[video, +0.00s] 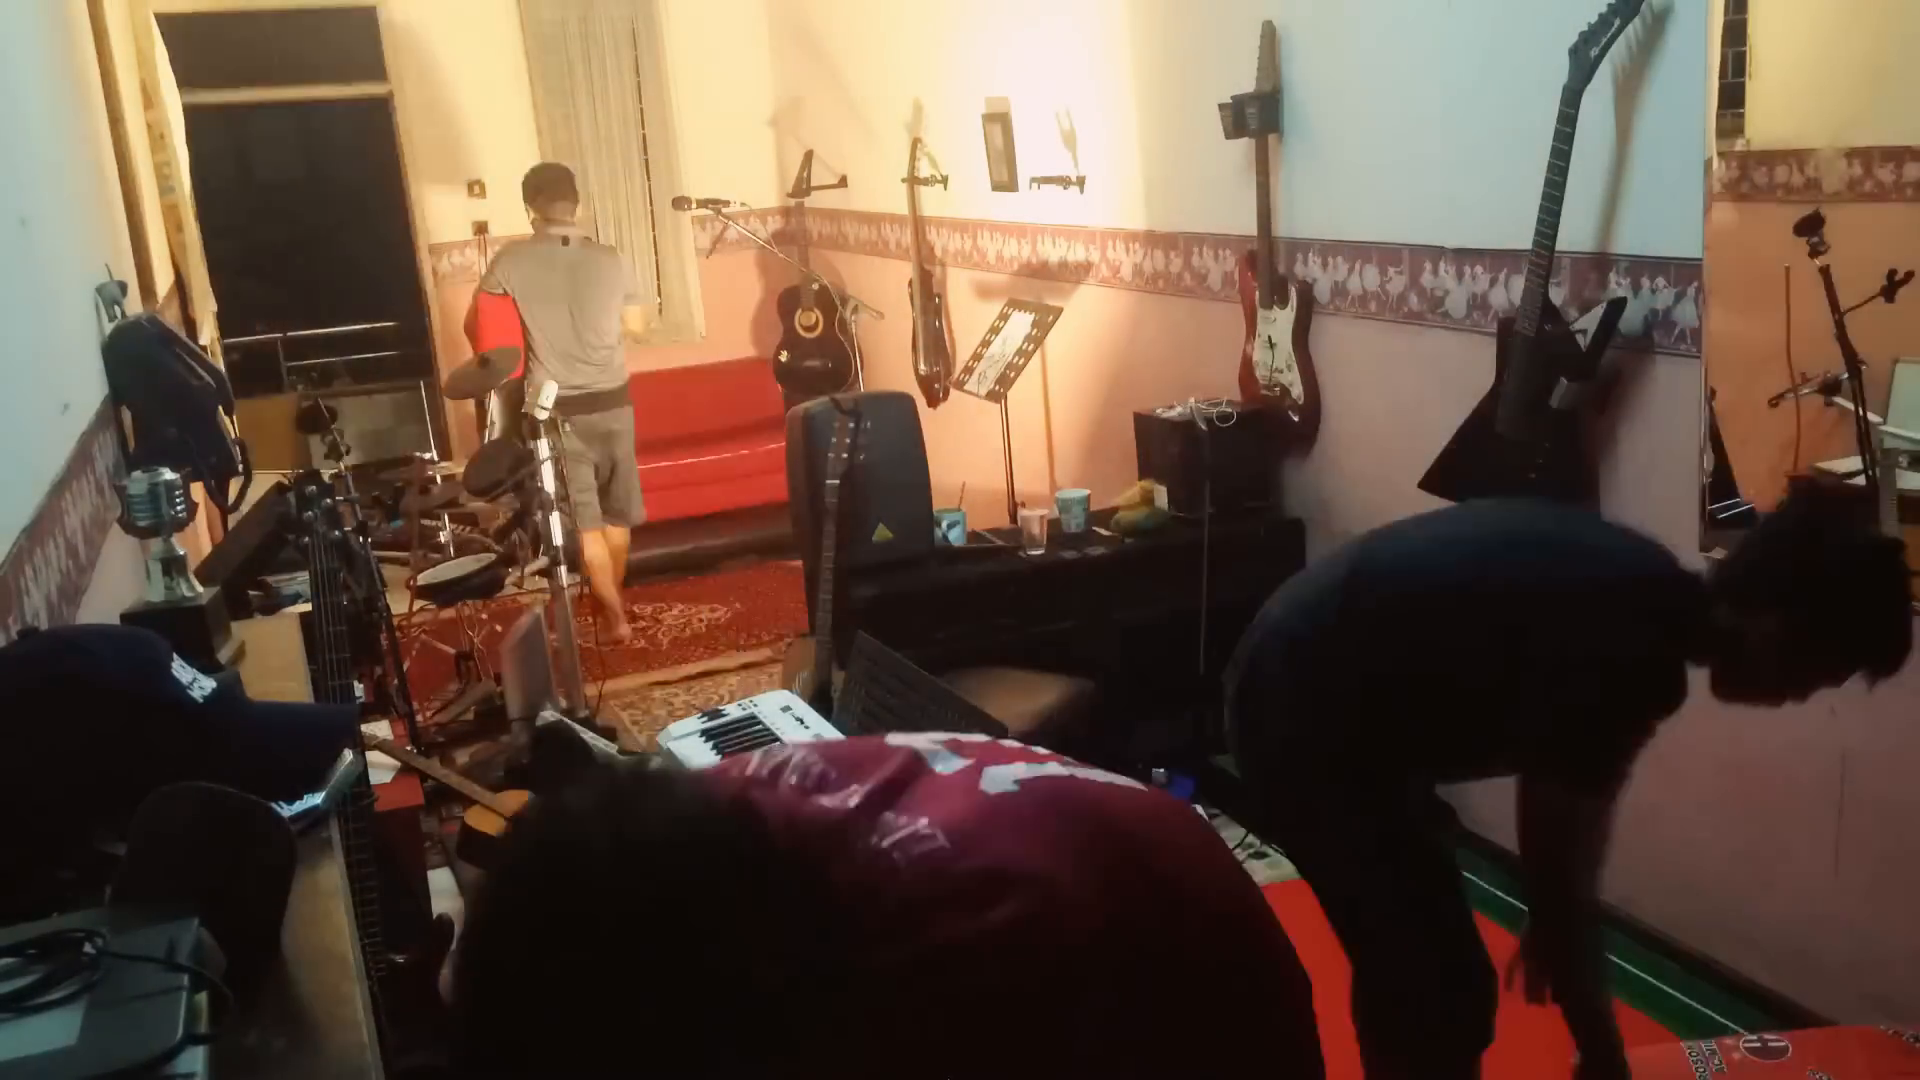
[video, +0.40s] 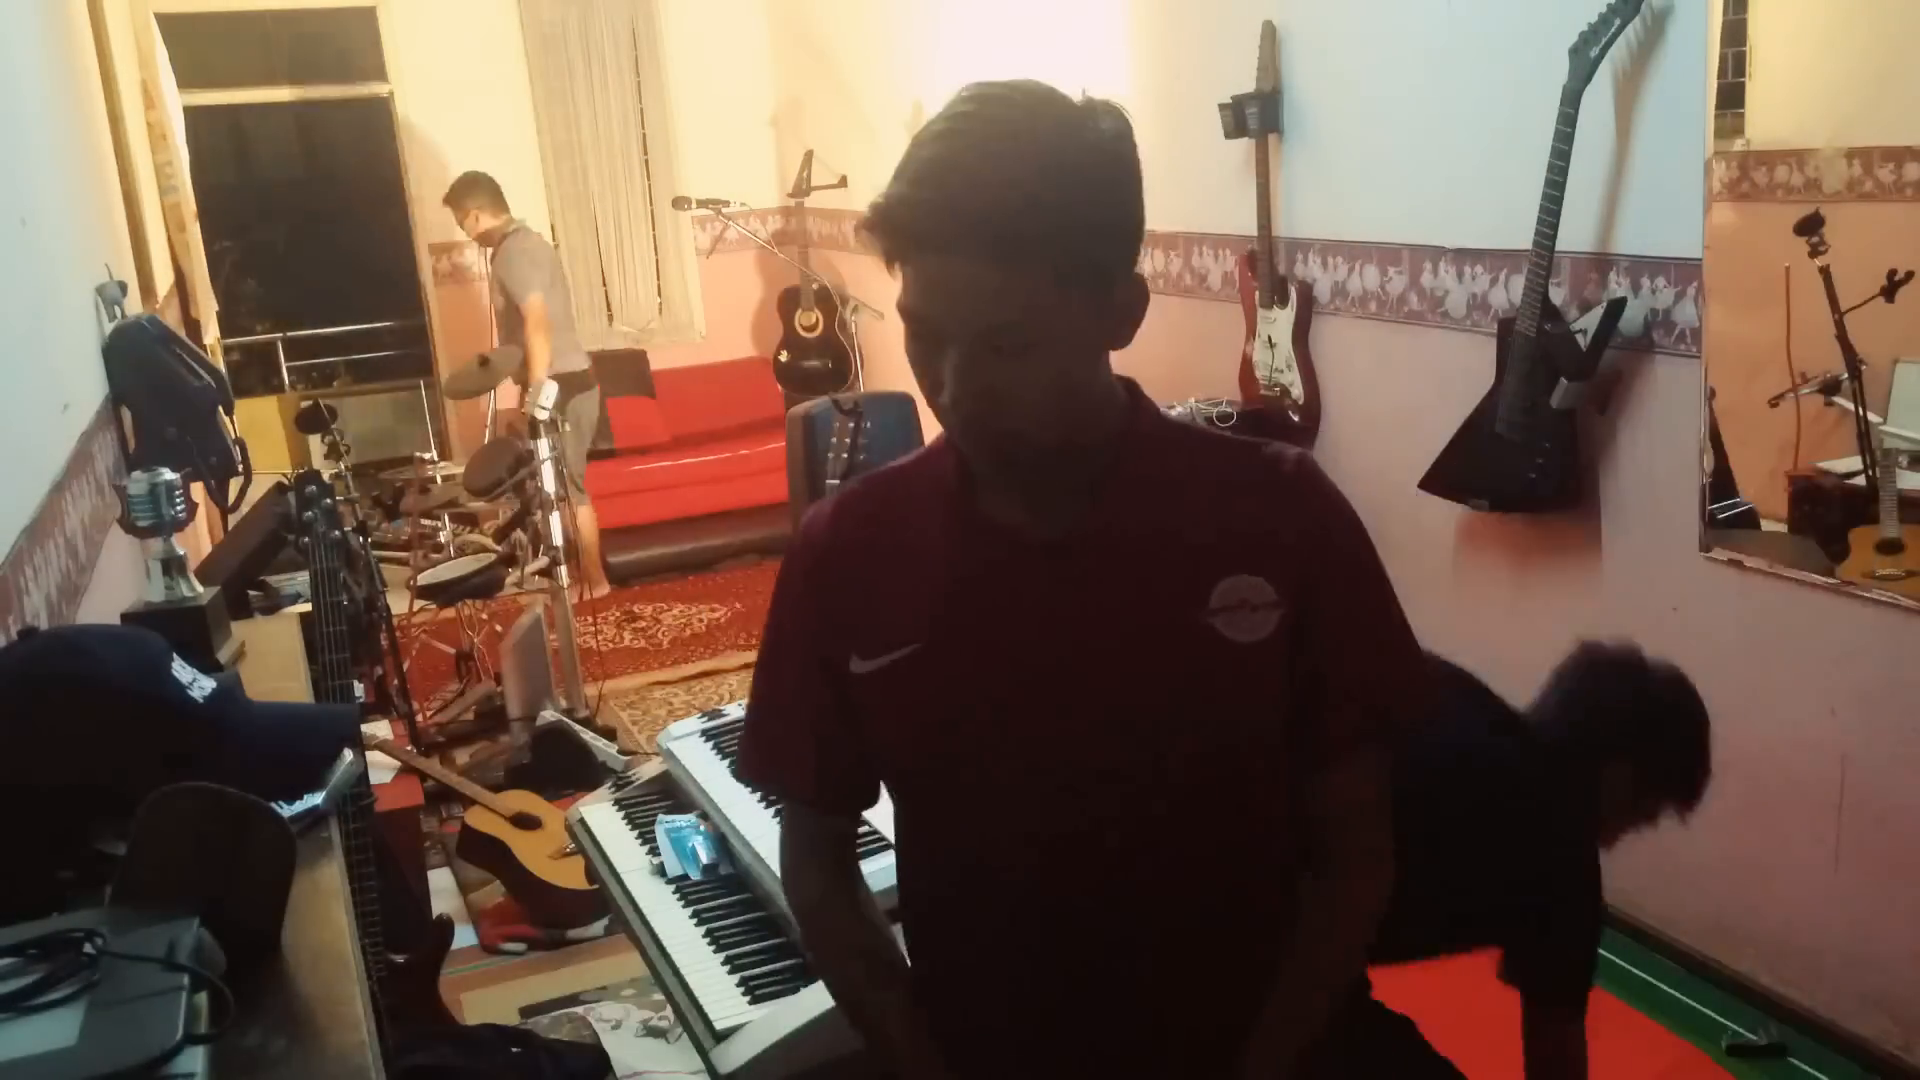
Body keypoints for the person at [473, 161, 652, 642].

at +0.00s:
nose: (560, 209)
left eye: (542, 202)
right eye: (567, 202)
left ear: (530, 207)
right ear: (577, 205)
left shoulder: (510, 264)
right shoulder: (610, 261)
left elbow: (502, 357)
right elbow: (631, 322)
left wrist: (453, 384)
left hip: (560, 415)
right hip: (614, 409)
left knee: (585, 521)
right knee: (617, 517)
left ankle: (618, 623)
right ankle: (610, 609)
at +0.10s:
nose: (488, 215)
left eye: (487, 209)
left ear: (491, 210)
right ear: (531, 206)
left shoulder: (472, 248)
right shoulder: (562, 250)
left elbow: (448, 305)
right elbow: (606, 308)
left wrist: (448, 366)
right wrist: (603, 277)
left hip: (509, 378)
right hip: (564, 374)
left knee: (518, 481)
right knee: (577, 482)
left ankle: (533, 578)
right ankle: (582, 578)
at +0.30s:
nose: (477, 316)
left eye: (475, 311)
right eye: (475, 312)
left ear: (479, 301)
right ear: (506, 289)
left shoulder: (484, 305)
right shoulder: (552, 302)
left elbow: (501, 359)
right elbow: (580, 344)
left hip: (537, 371)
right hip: (579, 365)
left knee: (545, 473)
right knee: (580, 469)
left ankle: (566, 562)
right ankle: (583, 557)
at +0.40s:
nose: (463, 230)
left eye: (463, 220)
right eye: (460, 221)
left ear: (477, 212)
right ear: (491, 207)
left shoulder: (517, 250)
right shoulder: (519, 246)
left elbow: (538, 326)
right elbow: (527, 325)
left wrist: (533, 399)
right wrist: (496, 359)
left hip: (563, 386)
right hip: (564, 384)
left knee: (569, 489)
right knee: (564, 488)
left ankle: (594, 580)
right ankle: (585, 578)